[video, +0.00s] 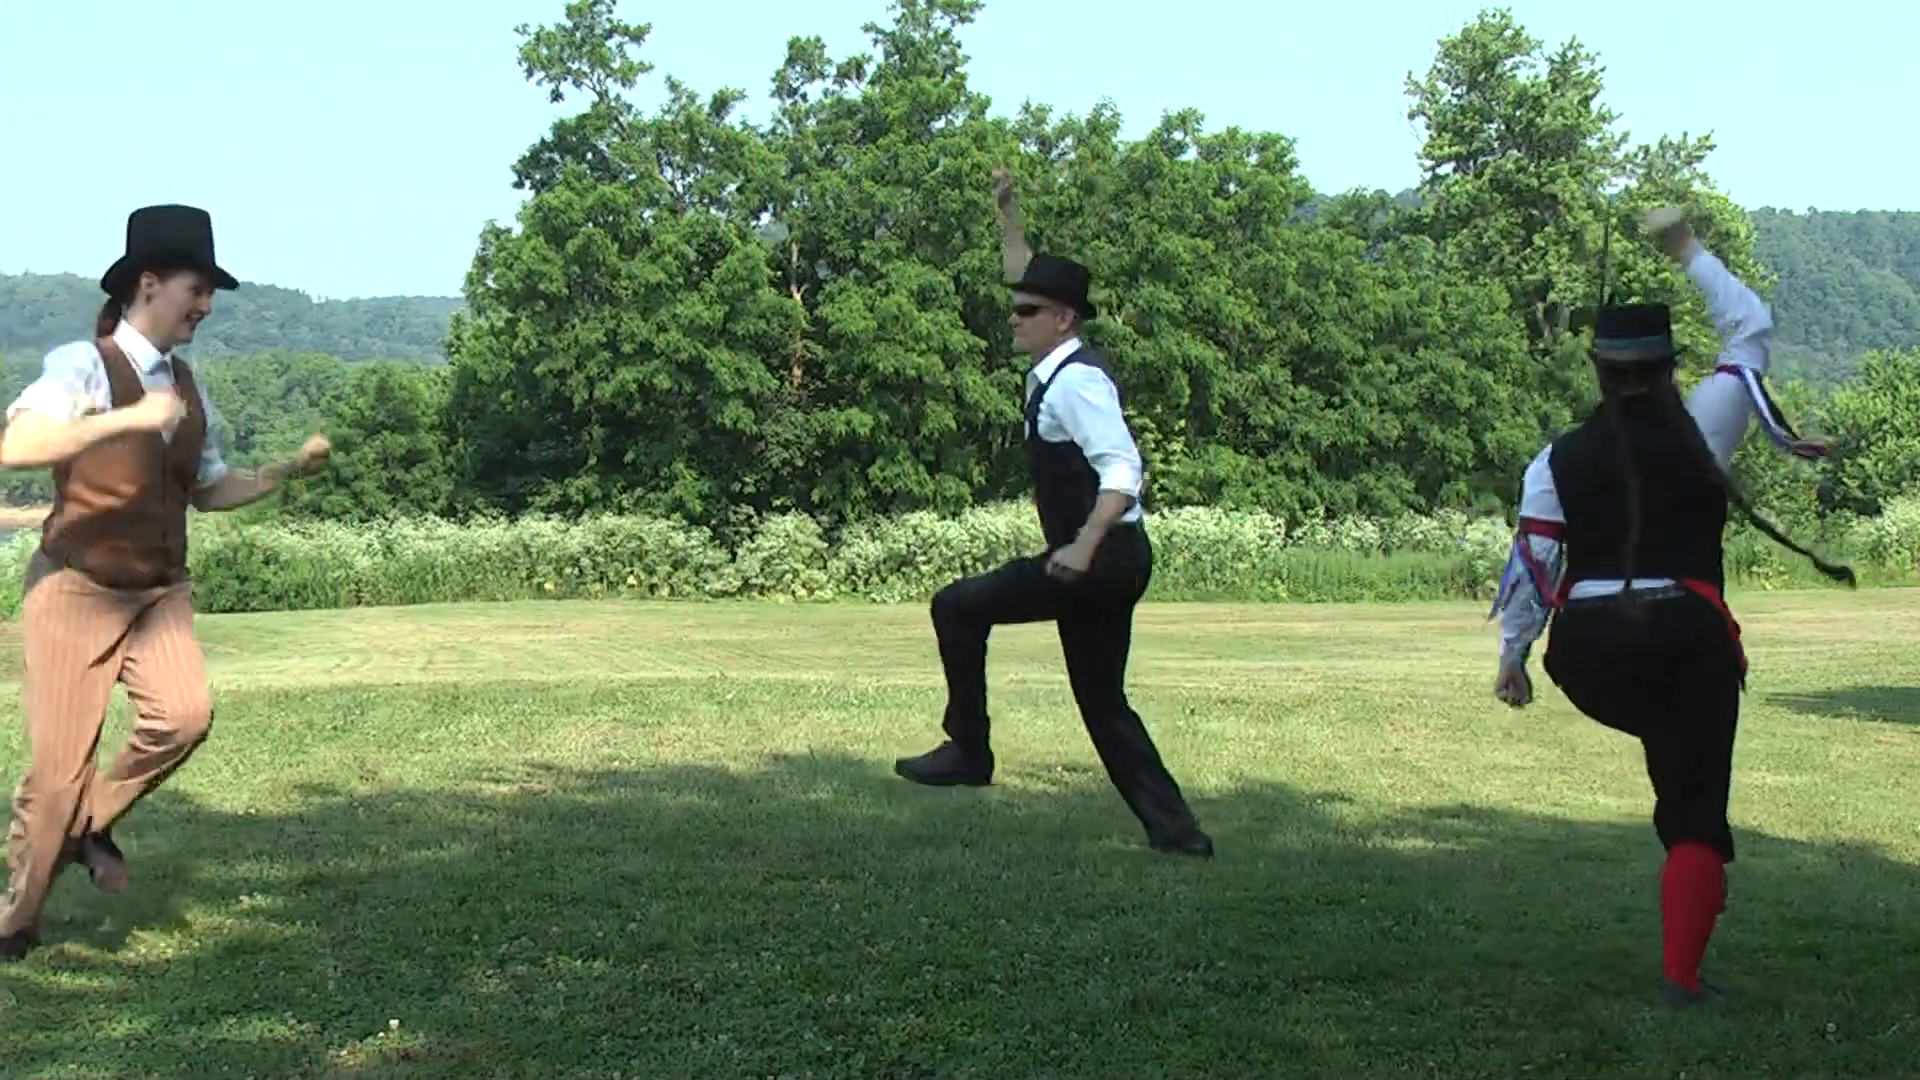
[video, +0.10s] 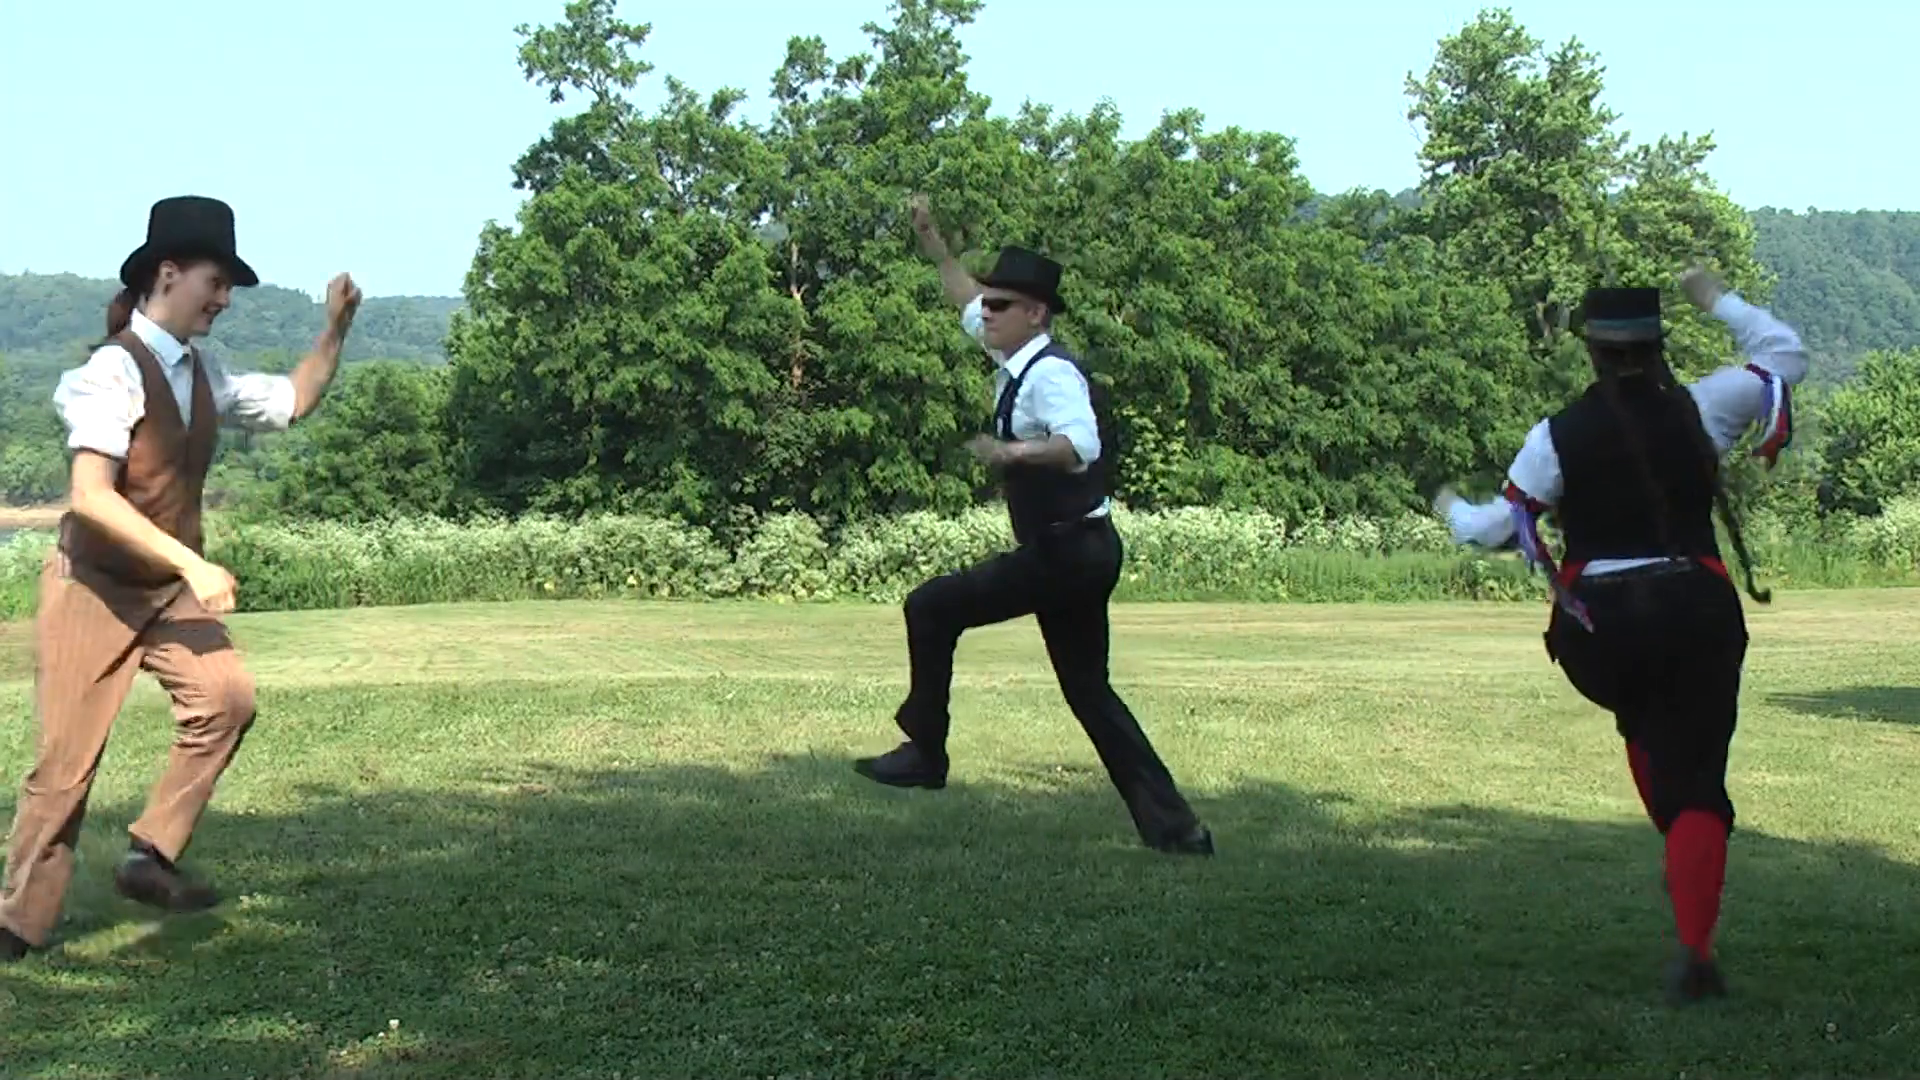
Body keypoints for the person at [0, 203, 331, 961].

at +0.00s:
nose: (206, 305)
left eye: (210, 291)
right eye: (197, 287)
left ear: (166, 290)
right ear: (149, 283)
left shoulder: (183, 379)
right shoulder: (81, 366)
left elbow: (211, 489)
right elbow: (17, 445)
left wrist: (291, 467)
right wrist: (128, 418)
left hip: (160, 593)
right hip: (76, 593)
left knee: (183, 718)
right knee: (59, 776)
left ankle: (88, 816)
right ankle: (17, 929)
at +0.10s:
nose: (225, 299)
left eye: (229, 286)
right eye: (217, 281)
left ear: (181, 281)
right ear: (168, 273)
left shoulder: (202, 368)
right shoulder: (113, 370)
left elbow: (291, 402)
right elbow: (90, 497)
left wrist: (335, 330)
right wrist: (192, 564)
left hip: (172, 586)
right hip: (92, 589)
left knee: (226, 700)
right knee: (65, 766)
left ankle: (151, 857)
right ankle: (17, 927)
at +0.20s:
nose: (264, 278)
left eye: (266, 266)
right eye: (254, 263)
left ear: (233, 271)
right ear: (202, 265)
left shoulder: (250, 342)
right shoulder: (160, 362)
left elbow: (322, 295)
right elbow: (144, 491)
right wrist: (205, 591)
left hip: (216, 578)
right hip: (136, 577)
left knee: (272, 701)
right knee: (85, 752)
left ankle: (210, 881)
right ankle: (11, 902)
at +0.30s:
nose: (307, 280)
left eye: (307, 266)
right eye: (291, 265)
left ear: (285, 273)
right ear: (245, 273)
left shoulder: (287, 336)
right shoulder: (213, 358)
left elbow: (338, 260)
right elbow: (186, 486)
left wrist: (370, 159)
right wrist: (245, 582)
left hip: (270, 589)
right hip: (192, 579)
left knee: (287, 761)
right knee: (120, 752)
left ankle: (251, 943)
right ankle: (10, 883)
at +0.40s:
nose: (355, 284)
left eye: (354, 273)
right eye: (343, 273)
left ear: (319, 289)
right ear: (298, 288)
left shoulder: (341, 361)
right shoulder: (266, 378)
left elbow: (374, 261)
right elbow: (219, 492)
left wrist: (367, 150)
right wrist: (285, 596)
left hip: (319, 610)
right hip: (244, 604)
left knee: (320, 794)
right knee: (221, 805)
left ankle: (256, 958)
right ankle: (83, 837)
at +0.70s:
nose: (512, 227)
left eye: (511, 211)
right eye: (504, 212)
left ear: (456, 214)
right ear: (468, 213)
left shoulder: (457, 278)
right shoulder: (441, 295)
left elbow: (477, 179)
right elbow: (422, 423)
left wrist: (491, 75)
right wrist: (451, 539)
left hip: (477, 518)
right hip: (463, 520)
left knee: (472, 727)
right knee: (508, 721)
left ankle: (404, 926)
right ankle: (316, 732)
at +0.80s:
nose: (573, 272)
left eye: (571, 258)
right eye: (567, 258)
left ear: (514, 253)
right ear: (532, 256)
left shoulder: (493, 320)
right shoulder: (524, 340)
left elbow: (515, 212)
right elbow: (502, 466)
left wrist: (524, 106)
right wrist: (545, 578)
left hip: (501, 560)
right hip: (525, 565)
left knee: (525, 775)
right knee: (582, 771)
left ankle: (515, 968)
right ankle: (402, 762)